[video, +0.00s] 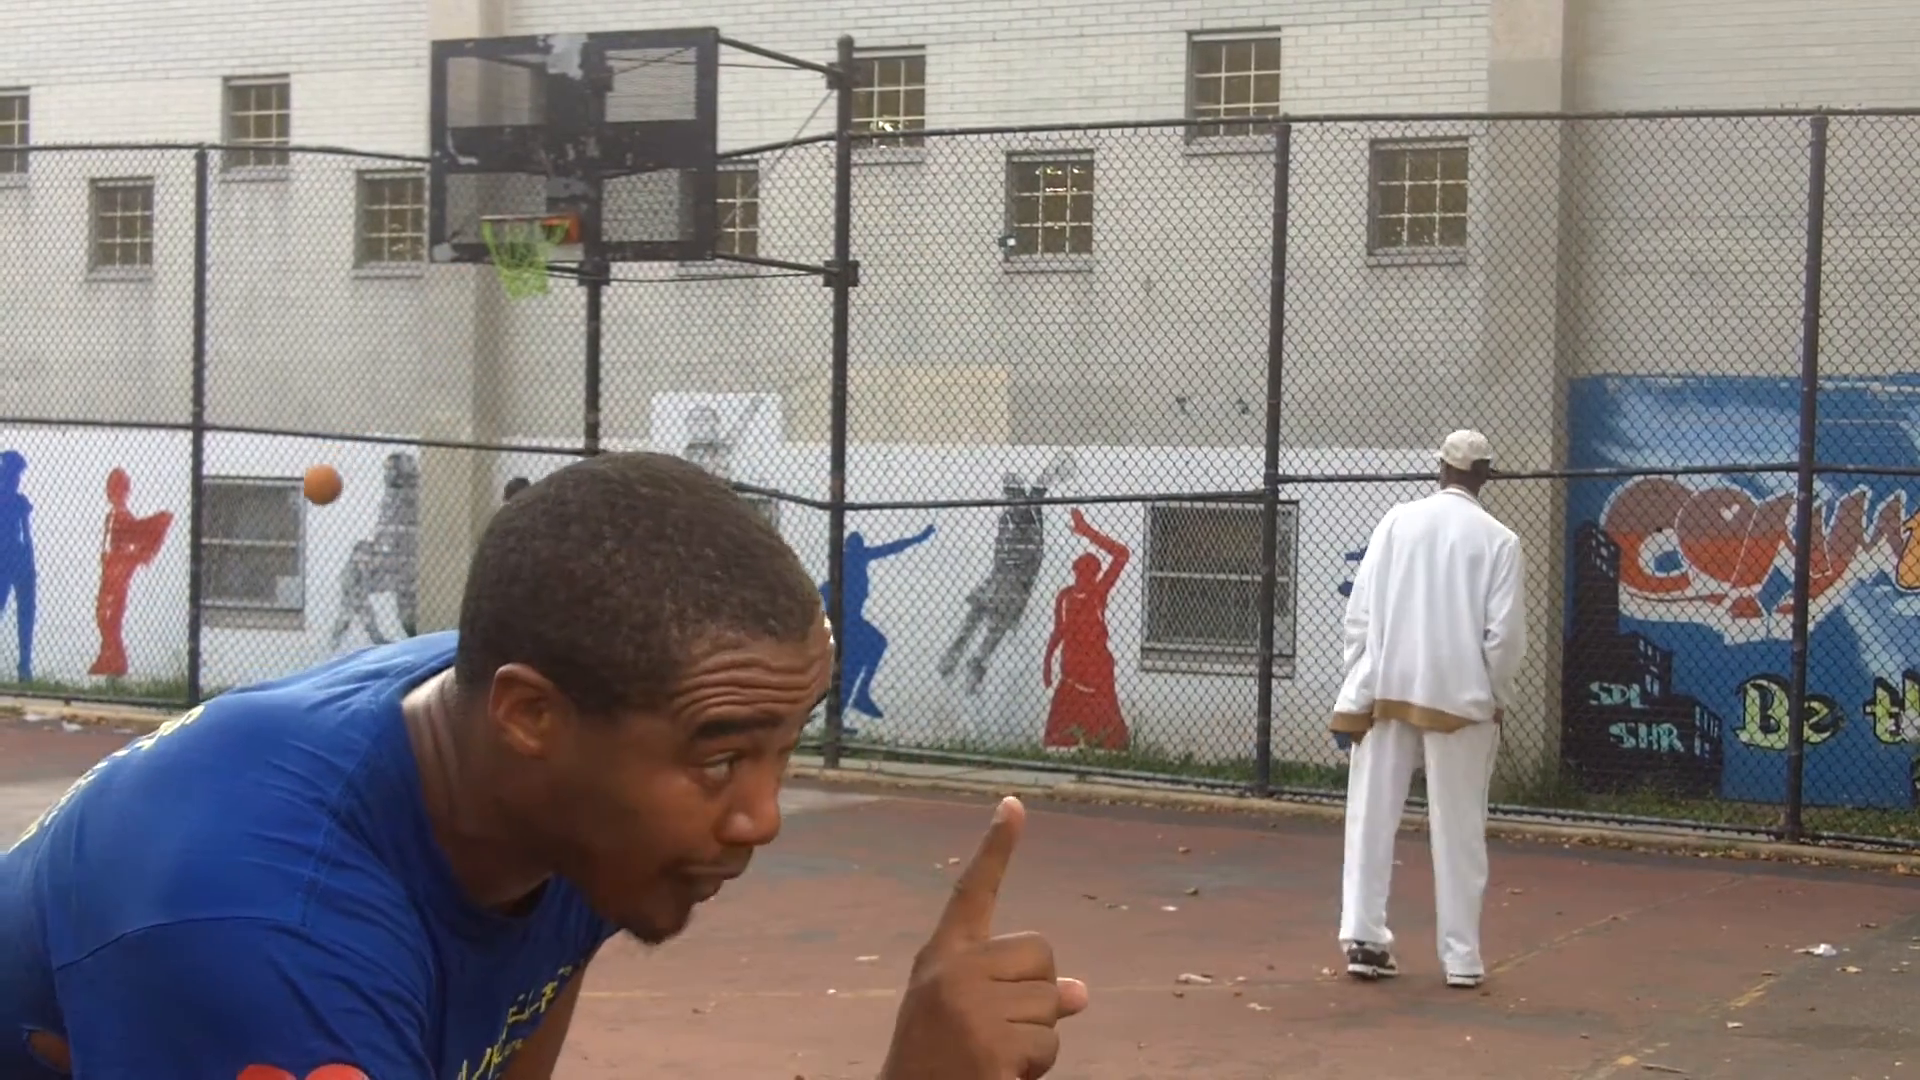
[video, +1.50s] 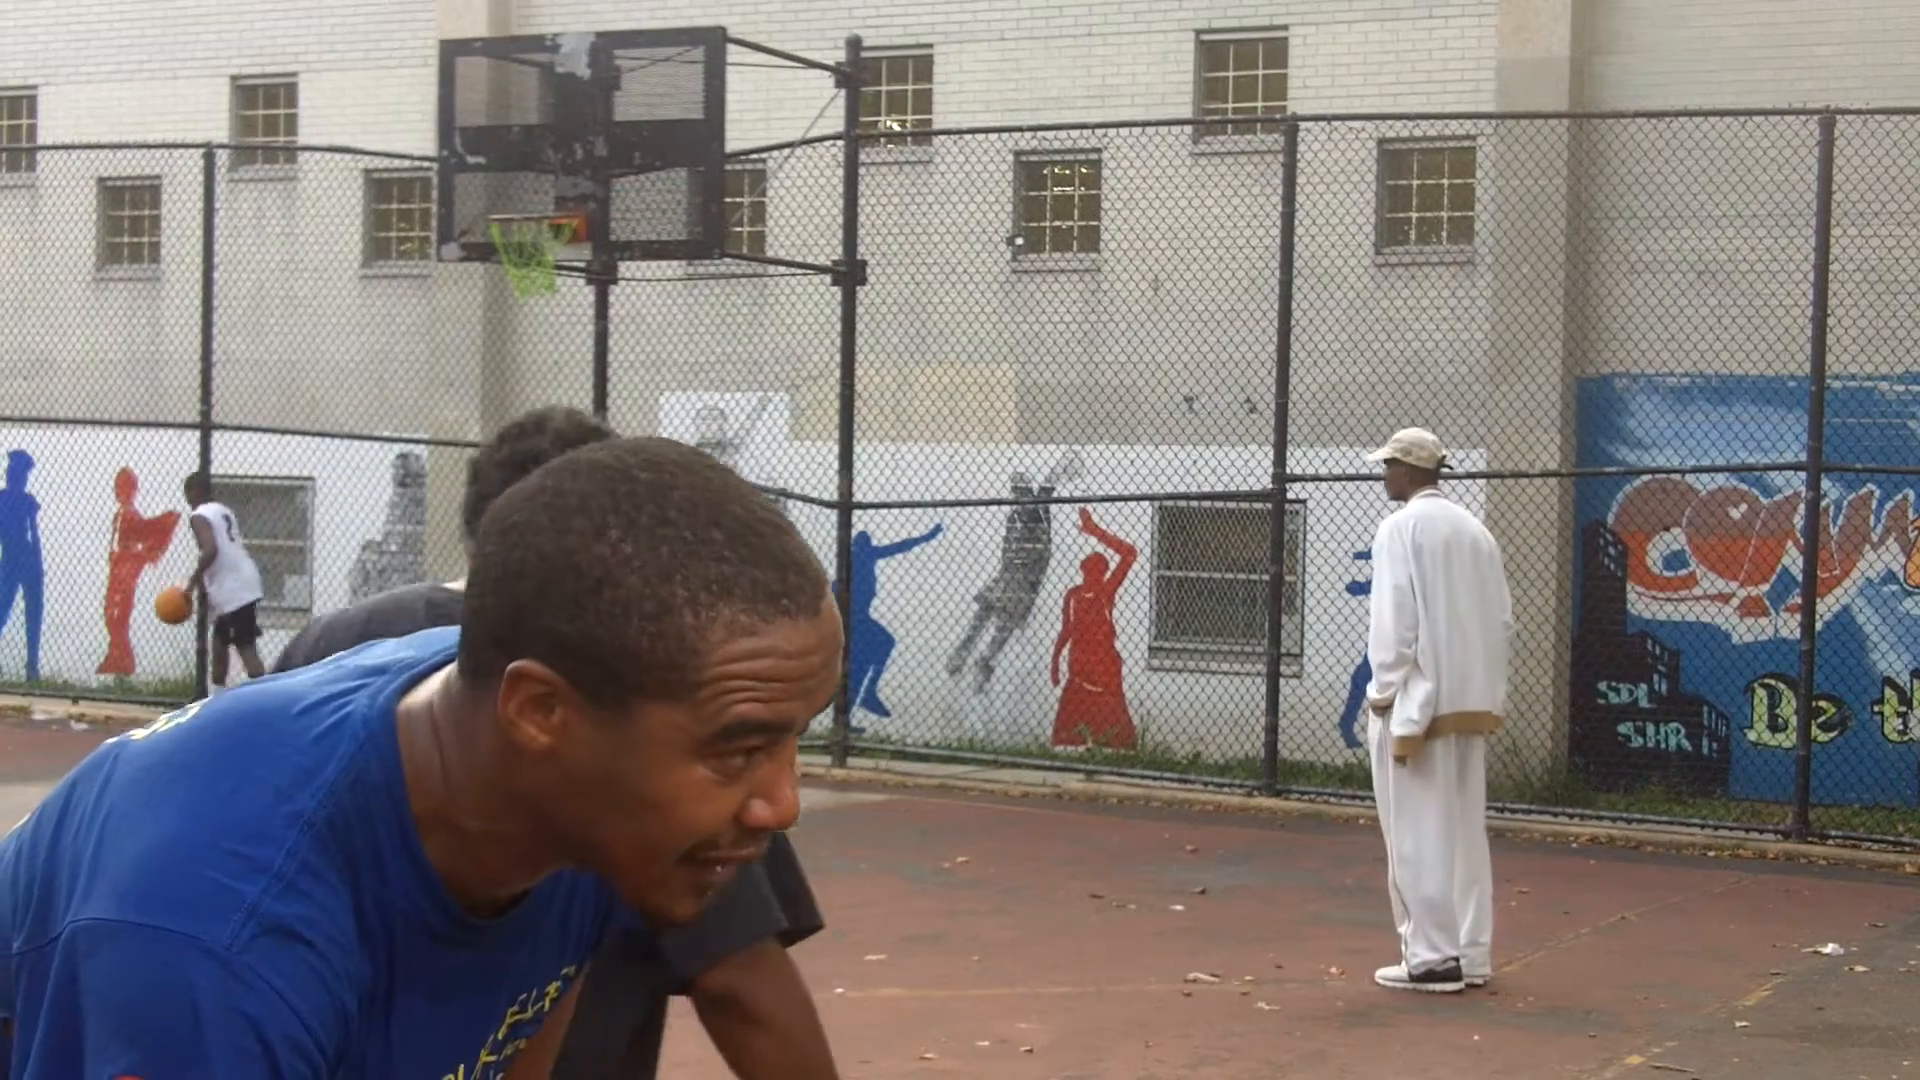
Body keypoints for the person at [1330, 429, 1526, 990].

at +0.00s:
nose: (1470, 481)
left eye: (1454, 469)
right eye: (1480, 476)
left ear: (1439, 472)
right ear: (1484, 478)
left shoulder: (1395, 521)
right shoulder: (1498, 540)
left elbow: (1359, 615)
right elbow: (1504, 634)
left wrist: (1356, 687)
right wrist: (1494, 696)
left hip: (1385, 690)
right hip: (1459, 697)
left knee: (1369, 820)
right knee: (1460, 830)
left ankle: (1363, 939)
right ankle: (1461, 960)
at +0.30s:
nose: (1479, 480)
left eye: (1471, 471)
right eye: (1507, 478)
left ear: (1466, 473)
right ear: (1512, 482)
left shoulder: (1420, 517)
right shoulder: (1526, 543)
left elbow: (1381, 607)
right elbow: (1527, 635)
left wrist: (1371, 684)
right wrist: (1507, 698)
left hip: (1405, 684)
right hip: (1478, 694)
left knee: (1385, 814)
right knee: (1468, 821)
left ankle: (1378, 936)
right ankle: (1461, 960)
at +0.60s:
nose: (1456, 474)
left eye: (1458, 467)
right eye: (1461, 467)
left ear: (1465, 471)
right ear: (1507, 480)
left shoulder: (1425, 519)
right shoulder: (1530, 542)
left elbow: (1391, 610)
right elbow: (1538, 635)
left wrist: (1381, 682)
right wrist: (1518, 697)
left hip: (1413, 686)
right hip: (1488, 694)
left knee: (1400, 815)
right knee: (1476, 821)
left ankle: (1394, 941)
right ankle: (1464, 960)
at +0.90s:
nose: (1435, 474)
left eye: (1440, 467)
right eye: (1439, 466)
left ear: (1452, 471)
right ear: (1485, 477)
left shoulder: (1421, 519)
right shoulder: (1519, 537)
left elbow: (1397, 611)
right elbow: (1535, 629)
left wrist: (1381, 684)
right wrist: (1512, 690)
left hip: (1420, 691)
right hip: (1489, 696)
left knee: (1413, 821)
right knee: (1481, 823)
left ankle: (1424, 949)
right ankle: (1470, 957)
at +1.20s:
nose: (1406, 476)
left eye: (1411, 468)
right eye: (1408, 467)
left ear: (1430, 470)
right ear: (1456, 472)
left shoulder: (1410, 524)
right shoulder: (1498, 533)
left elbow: (1396, 618)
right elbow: (1522, 623)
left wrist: (1380, 693)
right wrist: (1504, 692)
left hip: (1422, 697)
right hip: (1483, 699)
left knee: (1417, 825)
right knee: (1477, 822)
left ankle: (1431, 956)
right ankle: (1474, 956)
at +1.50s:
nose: (1383, 477)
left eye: (1388, 469)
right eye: (1386, 468)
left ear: (1408, 472)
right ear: (1433, 472)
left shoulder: (1399, 527)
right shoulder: (1477, 529)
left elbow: (1394, 628)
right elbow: (1503, 620)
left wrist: (1380, 698)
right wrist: (1488, 693)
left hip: (1414, 701)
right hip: (1470, 699)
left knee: (1412, 830)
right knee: (1465, 824)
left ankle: (1432, 958)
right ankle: (1470, 954)